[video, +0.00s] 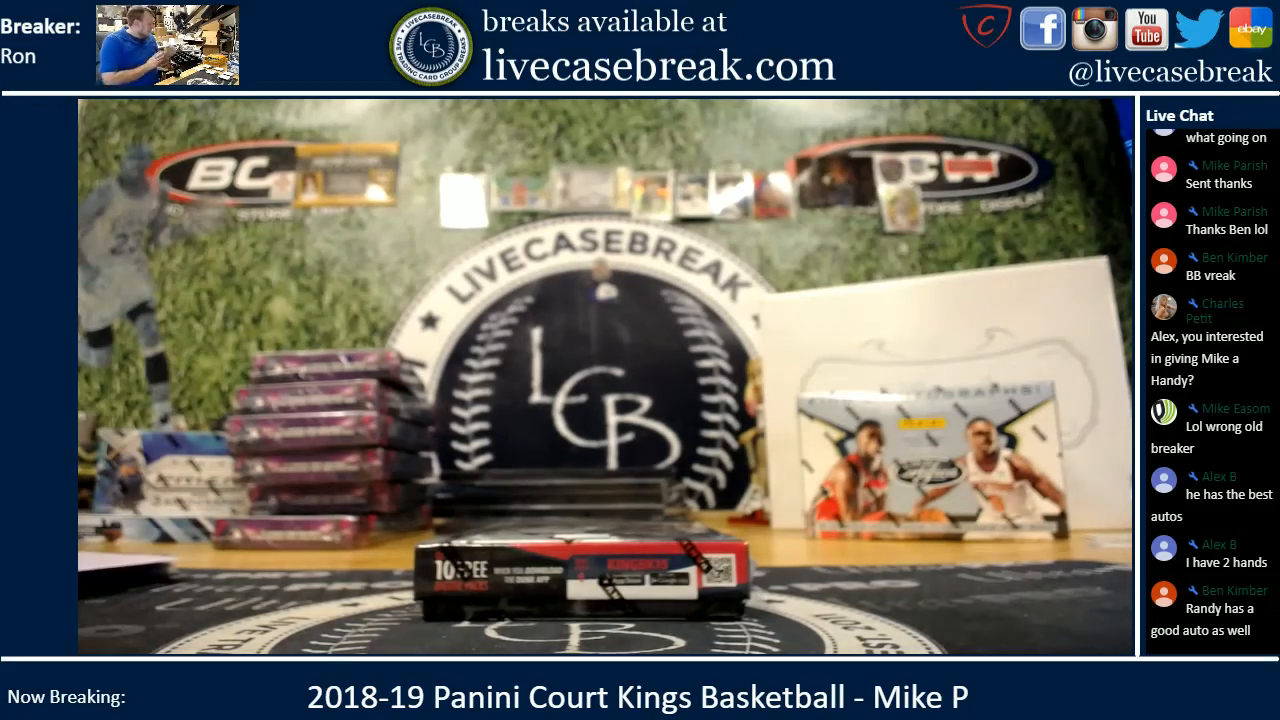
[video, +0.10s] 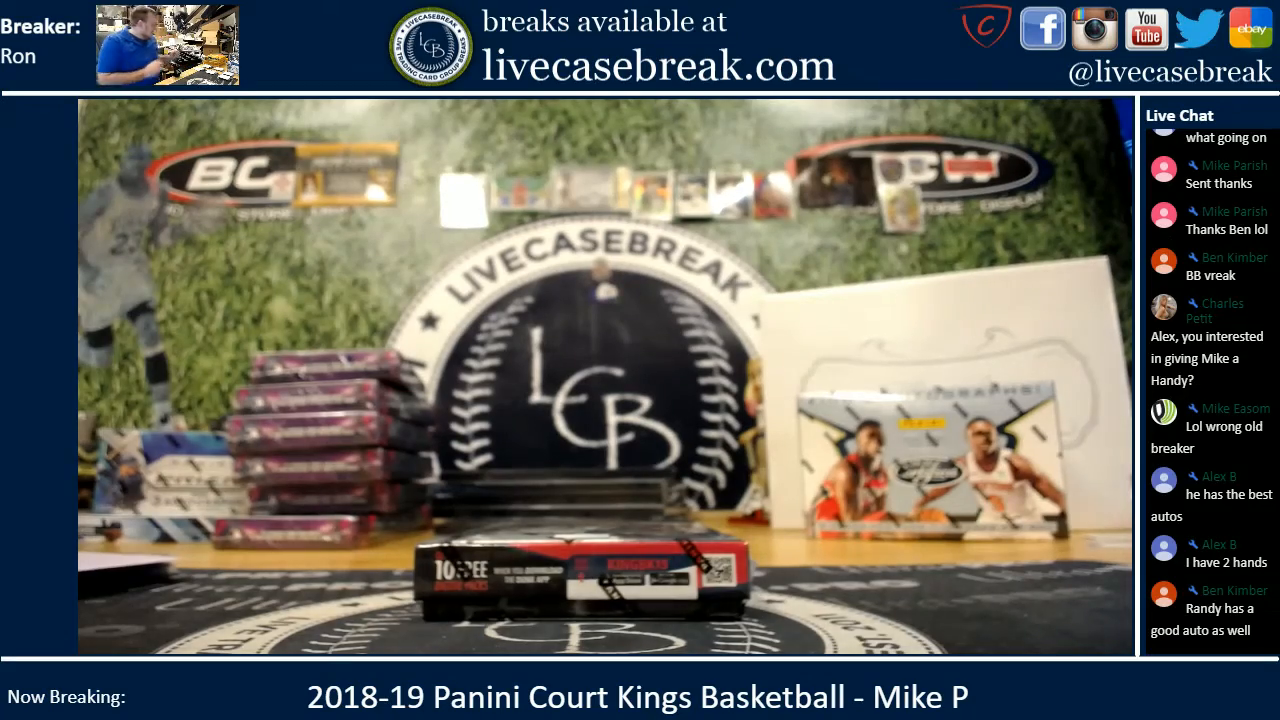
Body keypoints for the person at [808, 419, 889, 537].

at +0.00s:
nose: (878, 442)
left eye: (880, 437)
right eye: (872, 436)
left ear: (883, 441)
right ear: (859, 440)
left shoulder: (879, 474)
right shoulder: (846, 470)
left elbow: (879, 512)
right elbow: (849, 518)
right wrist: (884, 516)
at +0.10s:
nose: (878, 442)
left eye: (880, 437)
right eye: (872, 436)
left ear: (883, 440)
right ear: (859, 440)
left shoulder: (880, 473)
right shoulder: (846, 470)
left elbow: (879, 512)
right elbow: (849, 518)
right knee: (884, 519)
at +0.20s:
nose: (878, 442)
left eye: (880, 437)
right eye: (871, 436)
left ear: (883, 440)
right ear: (859, 440)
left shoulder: (880, 473)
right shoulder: (846, 470)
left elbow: (879, 511)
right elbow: (849, 519)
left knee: (884, 520)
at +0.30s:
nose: (878, 442)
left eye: (880, 437)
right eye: (872, 436)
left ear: (883, 440)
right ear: (859, 440)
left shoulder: (880, 473)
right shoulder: (846, 470)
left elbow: (879, 512)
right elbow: (849, 518)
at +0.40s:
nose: (878, 442)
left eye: (880, 437)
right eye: (872, 436)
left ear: (883, 440)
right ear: (859, 440)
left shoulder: (880, 473)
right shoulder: (846, 470)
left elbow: (879, 512)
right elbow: (849, 519)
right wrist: (885, 517)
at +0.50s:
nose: (878, 442)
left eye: (880, 437)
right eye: (872, 436)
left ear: (883, 440)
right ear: (859, 440)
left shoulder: (880, 473)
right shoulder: (846, 470)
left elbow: (879, 512)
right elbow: (849, 519)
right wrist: (885, 517)